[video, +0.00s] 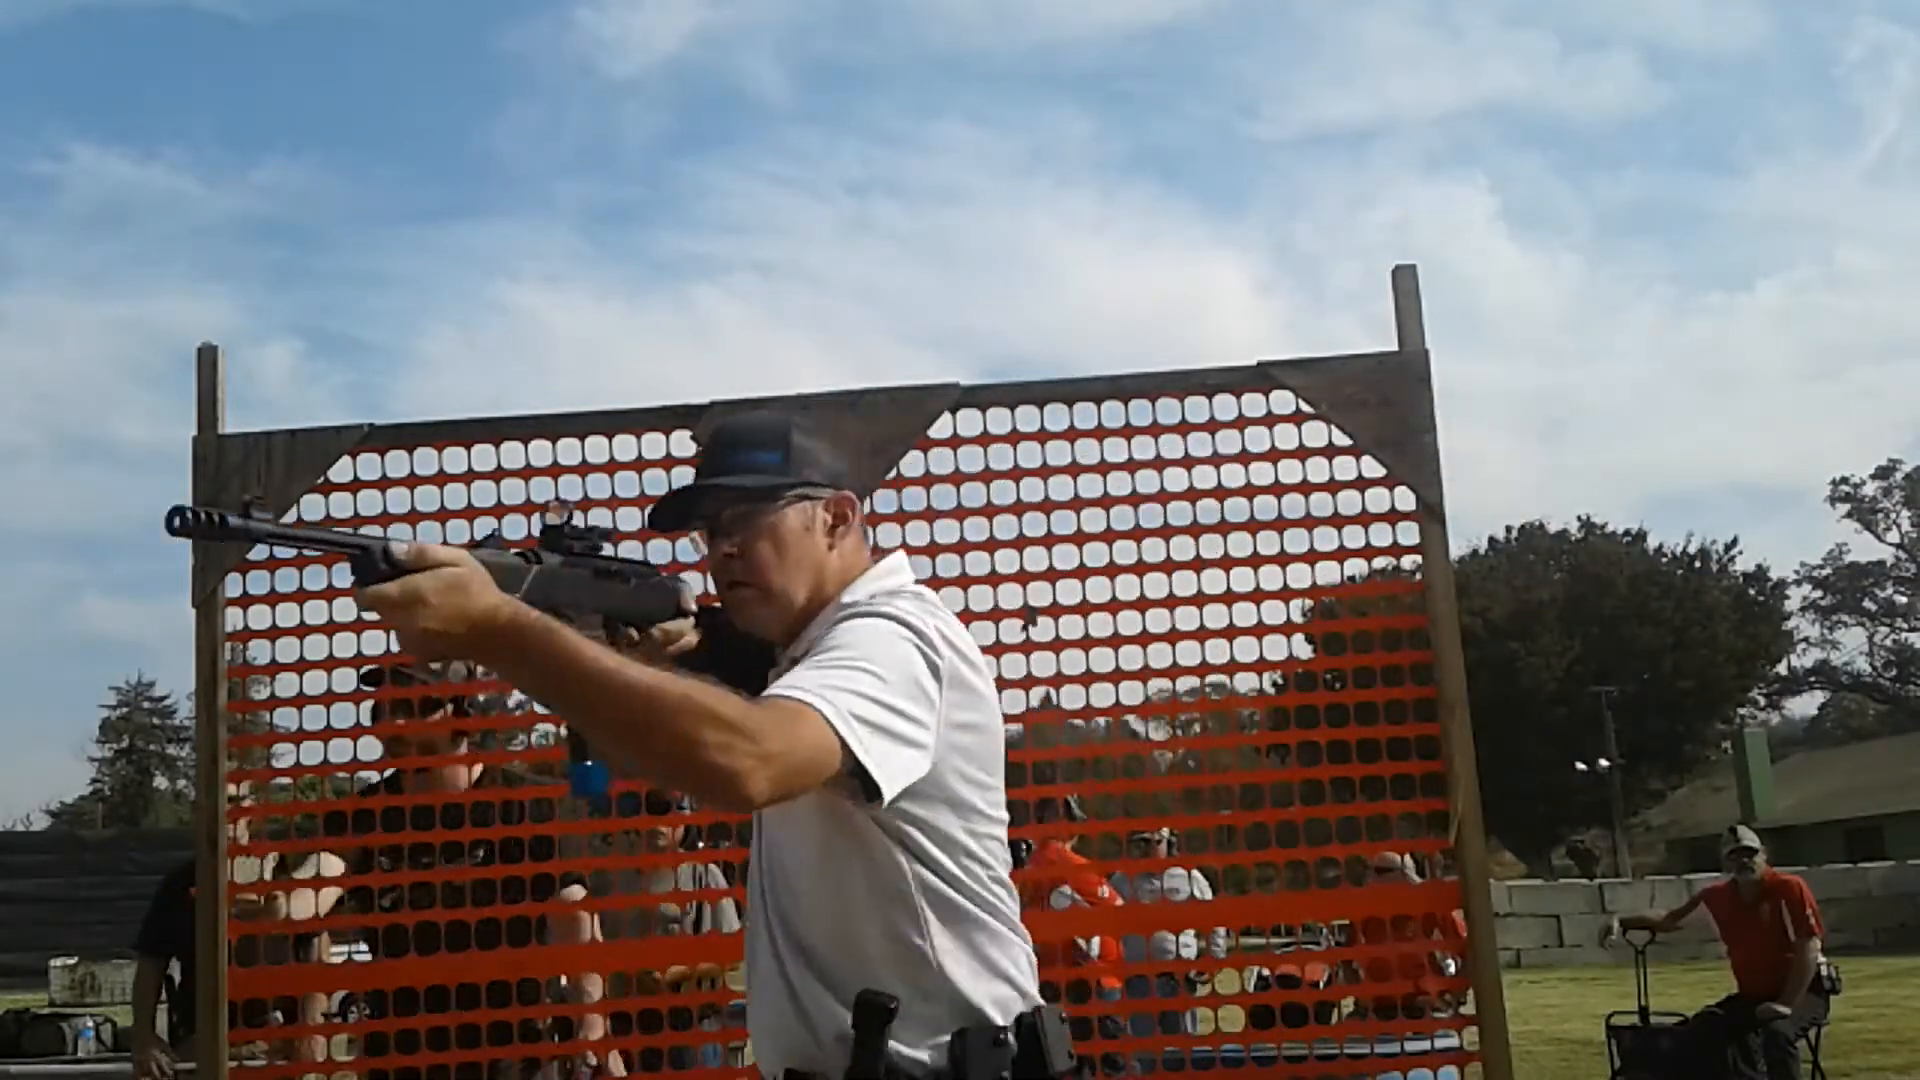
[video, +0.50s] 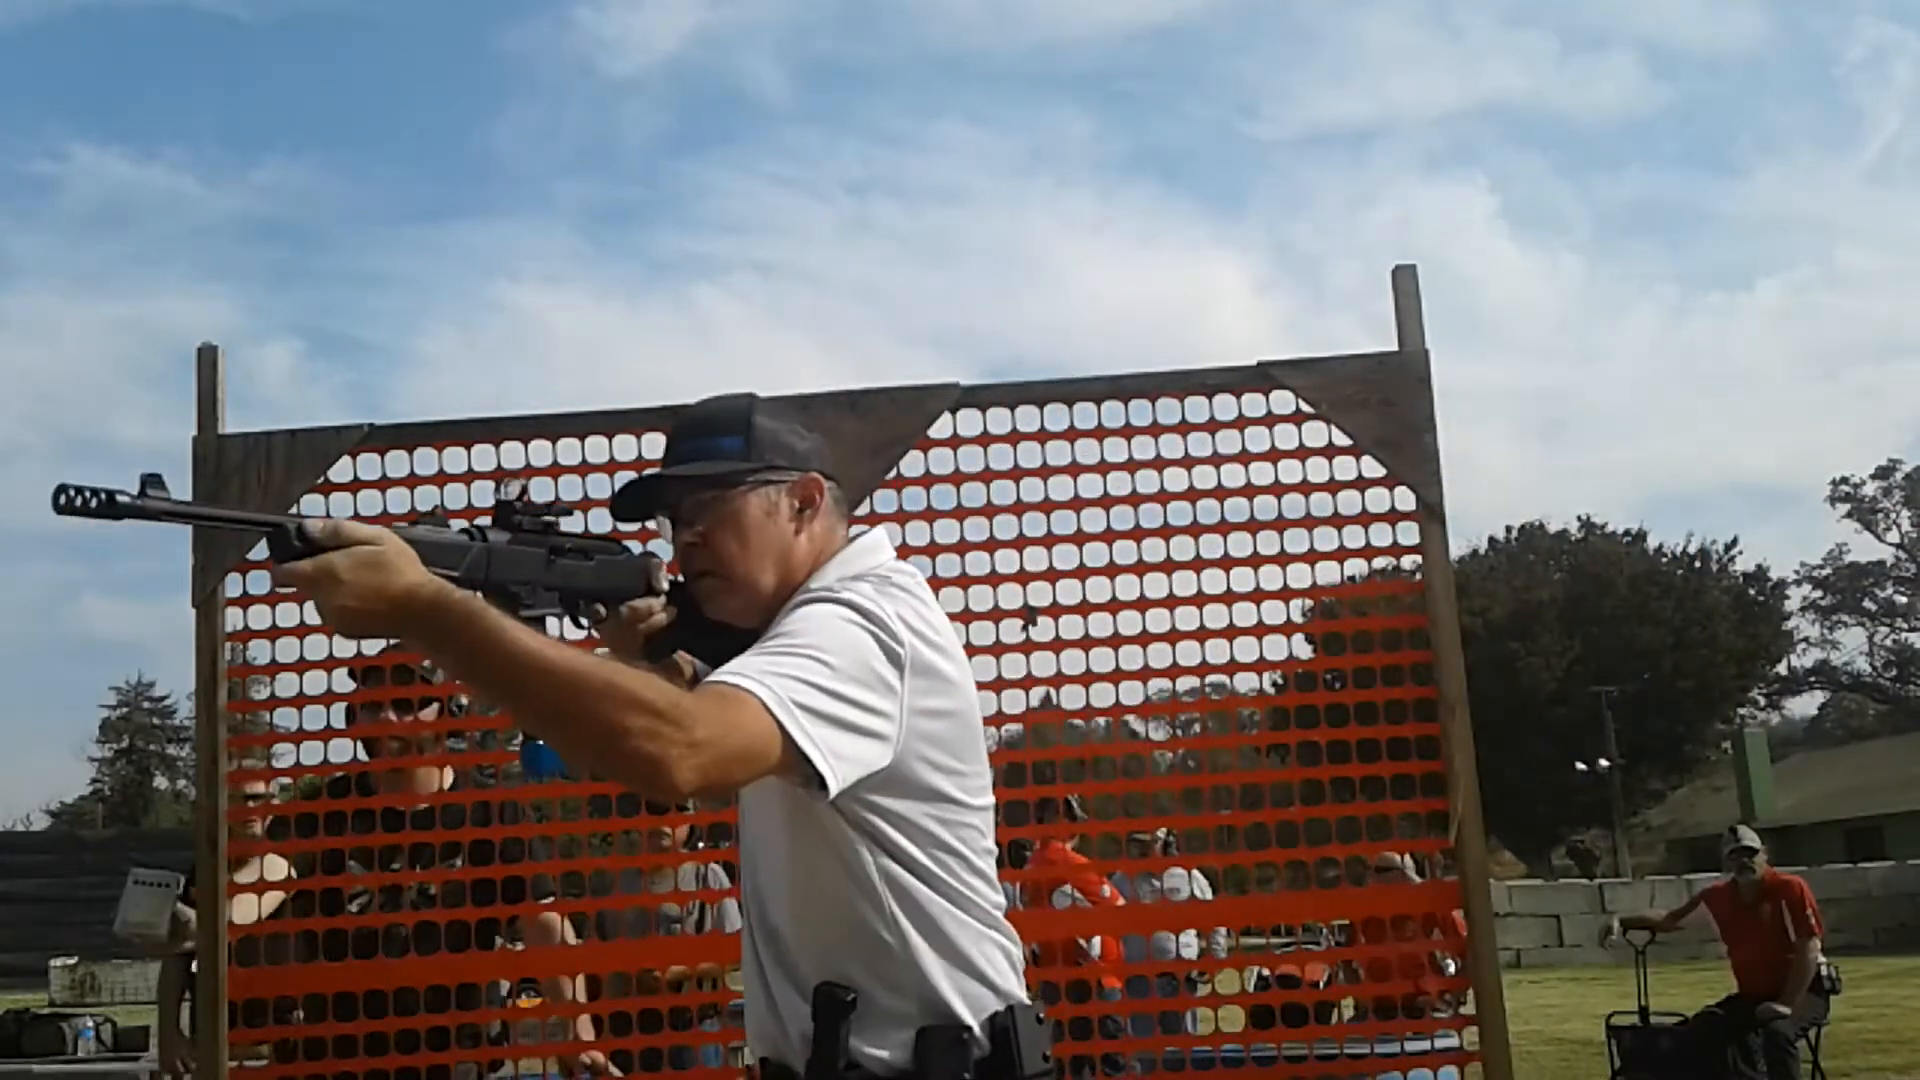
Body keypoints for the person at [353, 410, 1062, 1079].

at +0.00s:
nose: (716, 554)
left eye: (740, 523)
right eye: (709, 531)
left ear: (835, 519)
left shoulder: (895, 637)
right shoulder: (811, 647)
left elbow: (745, 762)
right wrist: (672, 672)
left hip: (937, 1061)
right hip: (820, 1056)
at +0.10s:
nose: (684, 562)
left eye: (706, 529)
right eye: (681, 538)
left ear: (809, 516)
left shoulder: (865, 631)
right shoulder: (796, 633)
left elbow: (703, 755)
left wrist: (448, 620)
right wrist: (657, 667)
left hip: (925, 1057)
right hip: (811, 1051)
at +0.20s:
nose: (672, 562)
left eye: (692, 529)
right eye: (668, 539)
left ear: (795, 512)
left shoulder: (856, 627)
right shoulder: (791, 628)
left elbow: (682, 755)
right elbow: (734, 761)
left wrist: (424, 613)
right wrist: (648, 675)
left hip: (919, 1056)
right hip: (803, 1050)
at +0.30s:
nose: (674, 559)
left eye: (694, 526)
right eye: (670, 536)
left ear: (797, 510)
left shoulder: (858, 626)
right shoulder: (800, 624)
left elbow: (682, 756)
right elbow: (738, 763)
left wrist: (425, 614)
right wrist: (652, 679)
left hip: (921, 1054)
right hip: (808, 1047)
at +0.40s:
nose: (678, 555)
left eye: (698, 522)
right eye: (675, 531)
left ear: (802, 505)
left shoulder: (864, 621)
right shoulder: (806, 624)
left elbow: (682, 755)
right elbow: (750, 759)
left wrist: (425, 613)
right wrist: (655, 674)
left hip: (929, 1055)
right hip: (819, 1048)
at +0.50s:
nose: (679, 552)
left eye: (698, 519)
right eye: (675, 528)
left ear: (804, 502)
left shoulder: (867, 619)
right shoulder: (808, 621)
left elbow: (678, 751)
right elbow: (741, 753)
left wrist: (422, 604)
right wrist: (651, 667)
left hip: (932, 1056)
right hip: (818, 1049)